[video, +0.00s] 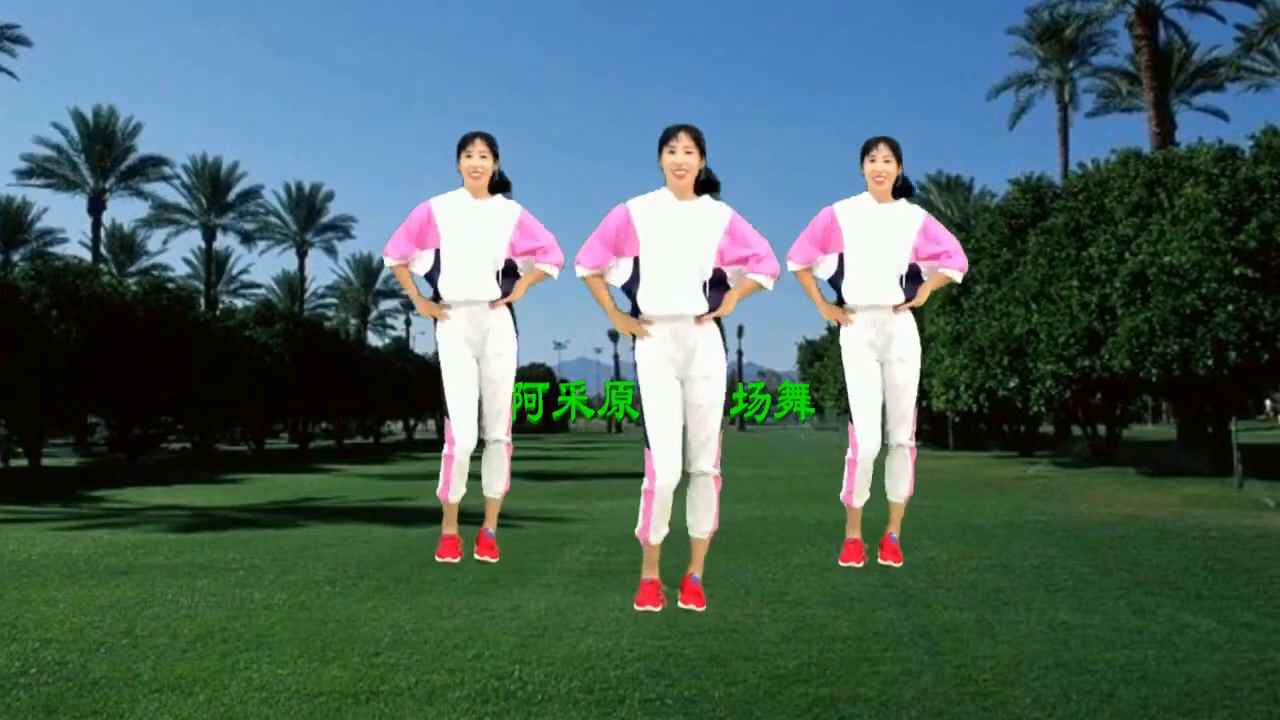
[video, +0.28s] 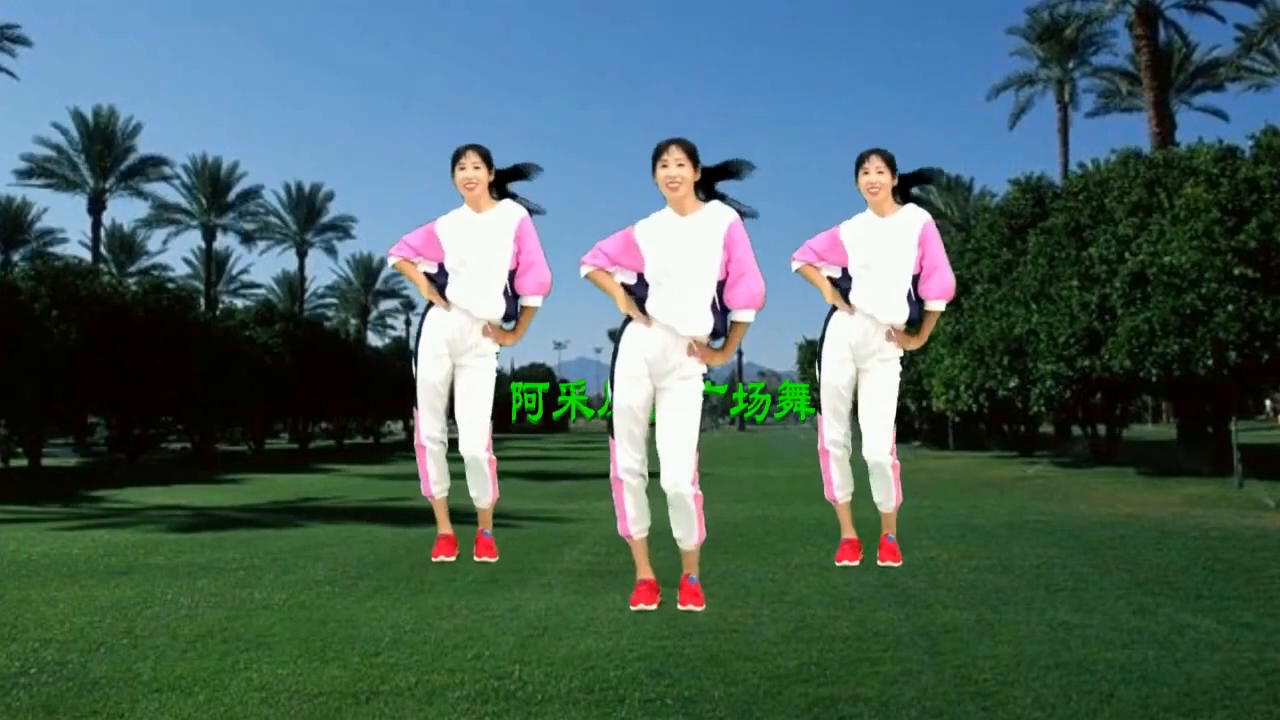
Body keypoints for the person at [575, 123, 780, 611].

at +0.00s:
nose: (680, 158)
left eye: (689, 151)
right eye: (671, 150)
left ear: (702, 162)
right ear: (660, 160)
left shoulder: (719, 215)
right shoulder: (634, 213)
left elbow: (767, 264)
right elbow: (588, 265)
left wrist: (733, 296)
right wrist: (617, 316)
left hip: (704, 340)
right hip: (654, 340)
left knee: (704, 461)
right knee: (664, 462)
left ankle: (695, 576)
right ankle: (650, 576)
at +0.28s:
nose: (671, 172)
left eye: (680, 164)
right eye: (663, 166)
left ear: (697, 173)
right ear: (655, 177)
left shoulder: (722, 221)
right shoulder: (647, 229)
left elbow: (749, 291)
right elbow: (593, 263)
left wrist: (725, 351)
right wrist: (624, 301)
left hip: (686, 354)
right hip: (637, 345)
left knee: (678, 475)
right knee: (628, 465)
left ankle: (690, 577)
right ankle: (644, 575)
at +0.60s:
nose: (671, 158)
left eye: (679, 152)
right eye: (663, 151)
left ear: (693, 161)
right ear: (652, 161)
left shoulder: (713, 214)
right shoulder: (629, 215)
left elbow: (762, 263)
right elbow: (587, 272)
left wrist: (724, 310)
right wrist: (617, 324)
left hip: (704, 343)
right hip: (653, 345)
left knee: (702, 462)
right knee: (658, 464)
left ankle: (693, 576)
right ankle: (648, 576)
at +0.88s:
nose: (664, 158)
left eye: (673, 150)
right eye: (658, 150)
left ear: (694, 157)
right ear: (651, 159)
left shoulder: (717, 207)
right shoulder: (632, 210)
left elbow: (778, 224)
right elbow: (585, 267)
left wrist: (740, 262)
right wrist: (616, 318)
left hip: (701, 334)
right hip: (651, 336)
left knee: (698, 461)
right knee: (655, 462)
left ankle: (690, 574)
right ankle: (645, 576)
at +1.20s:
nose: (673, 177)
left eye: (682, 170)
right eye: (668, 170)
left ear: (704, 177)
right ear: (662, 178)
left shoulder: (720, 231)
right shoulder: (638, 225)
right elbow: (592, 281)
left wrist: (737, 238)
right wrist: (613, 335)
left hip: (703, 352)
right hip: (652, 353)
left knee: (702, 473)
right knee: (672, 472)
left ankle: (691, 578)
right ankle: (654, 557)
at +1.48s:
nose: (664, 150)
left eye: (674, 142)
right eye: (661, 142)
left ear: (698, 150)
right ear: (657, 150)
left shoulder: (717, 202)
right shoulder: (633, 199)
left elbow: (704, 238)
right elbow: (584, 245)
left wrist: (693, 174)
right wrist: (602, 299)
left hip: (686, 328)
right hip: (635, 328)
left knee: (687, 456)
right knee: (631, 454)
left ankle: (692, 571)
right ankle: (614, 544)